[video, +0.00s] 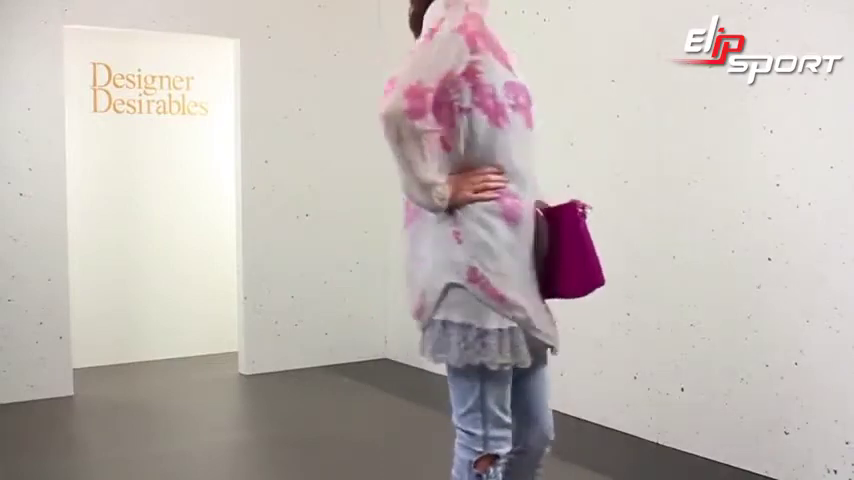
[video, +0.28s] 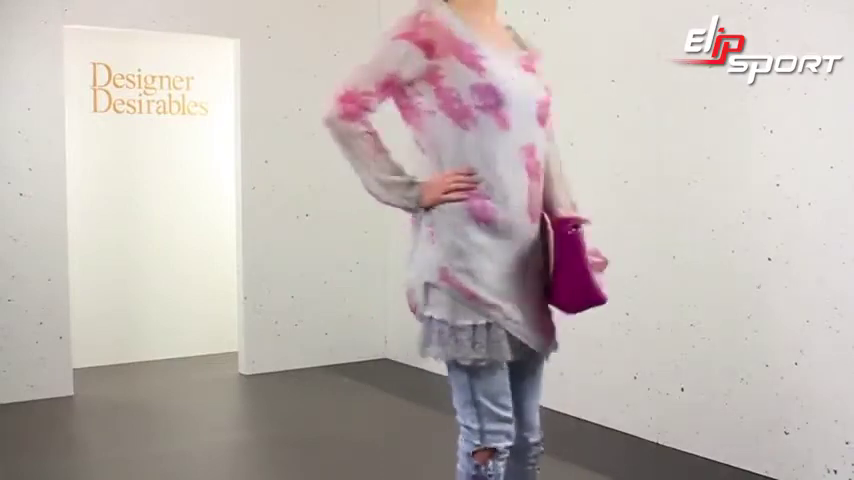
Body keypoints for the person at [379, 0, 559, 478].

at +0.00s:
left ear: (424, 5)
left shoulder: (484, 41)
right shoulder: (455, 26)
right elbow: (399, 109)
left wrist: (530, 204)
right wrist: (434, 189)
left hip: (509, 262)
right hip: (468, 263)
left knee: (532, 436)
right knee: (484, 442)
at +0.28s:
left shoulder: (517, 43)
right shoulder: (425, 29)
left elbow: (545, 155)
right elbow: (344, 114)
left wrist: (574, 243)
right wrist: (408, 191)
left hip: (525, 261)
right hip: (463, 261)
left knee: (524, 442)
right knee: (488, 442)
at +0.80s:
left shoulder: (524, 44)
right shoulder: (415, 43)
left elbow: (540, 148)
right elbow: (379, 124)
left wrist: (557, 257)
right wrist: (409, 190)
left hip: (498, 261)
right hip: (427, 257)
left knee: (502, 429)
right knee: (413, 418)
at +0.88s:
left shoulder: (506, 45)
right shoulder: (419, 42)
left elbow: (524, 163)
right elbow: (398, 137)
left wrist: (542, 271)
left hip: (487, 266)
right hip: (420, 264)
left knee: (493, 427)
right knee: (421, 419)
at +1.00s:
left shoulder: (481, 49)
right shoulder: (429, 47)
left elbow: (494, 167)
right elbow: (424, 170)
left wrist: (498, 280)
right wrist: (412, 276)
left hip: (470, 281)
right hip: (422, 275)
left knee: (480, 425)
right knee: (423, 419)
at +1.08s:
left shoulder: (461, 54)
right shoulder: (430, 52)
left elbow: (471, 178)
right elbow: (422, 179)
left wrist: (463, 285)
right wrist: (405, 281)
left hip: (454, 289)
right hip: (418, 285)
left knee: (468, 426)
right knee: (424, 420)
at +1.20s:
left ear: (408, 0)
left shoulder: (431, 59)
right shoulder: (452, 52)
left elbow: (425, 183)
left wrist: (405, 288)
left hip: (433, 281)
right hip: (438, 276)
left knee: (442, 422)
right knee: (420, 415)